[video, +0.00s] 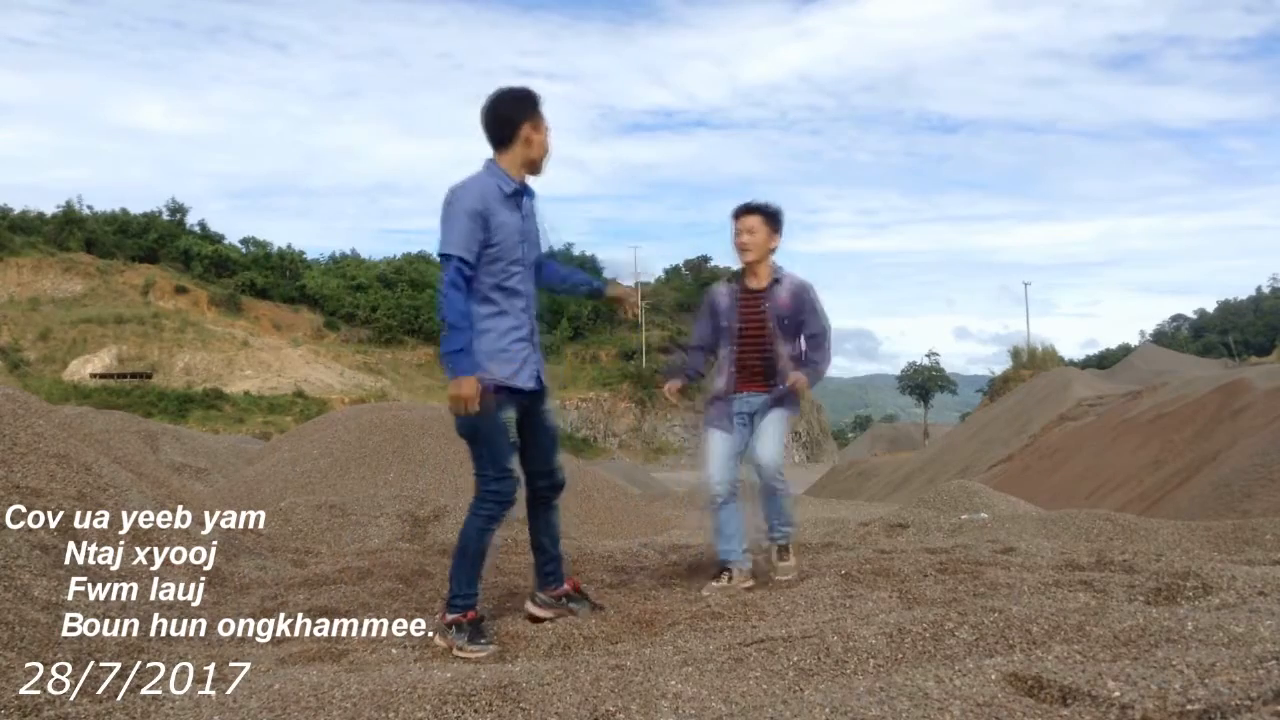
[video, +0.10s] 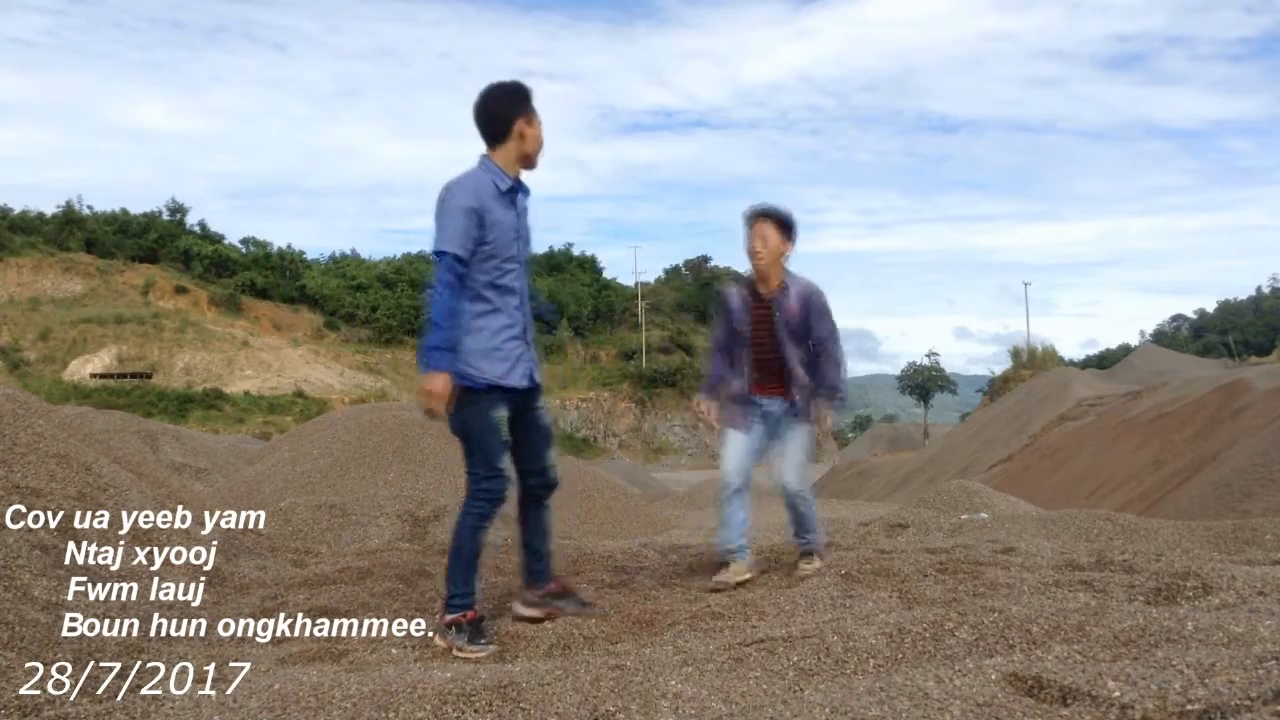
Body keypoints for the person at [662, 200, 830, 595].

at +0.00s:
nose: (742, 240)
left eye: (751, 233)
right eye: (738, 234)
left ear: (773, 239)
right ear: (734, 239)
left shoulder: (796, 291)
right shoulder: (719, 295)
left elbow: (820, 342)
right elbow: (700, 347)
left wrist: (808, 373)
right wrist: (681, 376)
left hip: (776, 400)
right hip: (728, 402)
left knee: (766, 461)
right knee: (719, 483)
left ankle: (781, 540)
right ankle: (736, 567)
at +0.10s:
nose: (755, 247)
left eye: (765, 240)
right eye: (752, 240)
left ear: (786, 246)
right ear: (747, 244)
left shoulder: (806, 295)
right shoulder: (734, 296)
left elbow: (827, 348)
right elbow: (721, 349)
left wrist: (826, 397)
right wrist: (710, 391)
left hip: (792, 407)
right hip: (745, 406)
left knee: (792, 481)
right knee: (732, 477)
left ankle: (809, 550)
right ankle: (737, 559)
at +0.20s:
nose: (762, 256)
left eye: (771, 248)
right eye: (758, 249)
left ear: (793, 253)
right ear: (754, 253)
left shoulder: (816, 301)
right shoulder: (748, 300)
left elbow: (836, 360)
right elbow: (740, 356)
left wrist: (852, 414)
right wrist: (730, 403)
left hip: (812, 408)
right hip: (768, 407)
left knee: (806, 477)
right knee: (742, 467)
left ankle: (812, 552)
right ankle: (772, 544)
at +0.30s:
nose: (771, 246)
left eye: (779, 239)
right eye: (766, 240)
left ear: (800, 242)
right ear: (762, 243)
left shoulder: (824, 287)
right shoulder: (757, 294)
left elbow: (844, 345)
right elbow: (753, 349)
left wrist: (855, 397)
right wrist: (749, 395)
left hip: (821, 399)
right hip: (778, 402)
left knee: (808, 469)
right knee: (766, 474)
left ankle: (814, 547)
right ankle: (800, 529)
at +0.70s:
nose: (794, 247)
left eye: (803, 240)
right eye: (791, 241)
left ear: (823, 246)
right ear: (786, 247)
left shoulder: (840, 290)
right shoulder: (784, 295)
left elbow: (855, 346)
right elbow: (778, 347)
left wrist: (850, 392)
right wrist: (766, 382)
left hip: (833, 395)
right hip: (801, 398)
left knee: (811, 455)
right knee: (835, 468)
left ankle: (833, 535)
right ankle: (851, 538)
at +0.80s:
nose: (795, 247)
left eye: (803, 240)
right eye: (791, 241)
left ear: (823, 247)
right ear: (786, 247)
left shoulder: (839, 292)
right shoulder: (786, 298)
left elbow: (851, 350)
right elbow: (781, 349)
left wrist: (839, 392)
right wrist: (766, 387)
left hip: (832, 397)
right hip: (803, 399)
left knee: (813, 461)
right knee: (835, 467)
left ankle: (851, 531)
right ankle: (847, 534)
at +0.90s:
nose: (796, 244)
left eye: (804, 238)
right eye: (792, 238)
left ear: (824, 244)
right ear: (788, 245)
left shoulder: (838, 290)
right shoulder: (788, 296)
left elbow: (842, 349)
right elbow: (780, 352)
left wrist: (829, 395)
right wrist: (768, 402)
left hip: (830, 396)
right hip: (803, 399)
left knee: (830, 470)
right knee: (824, 472)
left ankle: (857, 542)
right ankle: (844, 538)